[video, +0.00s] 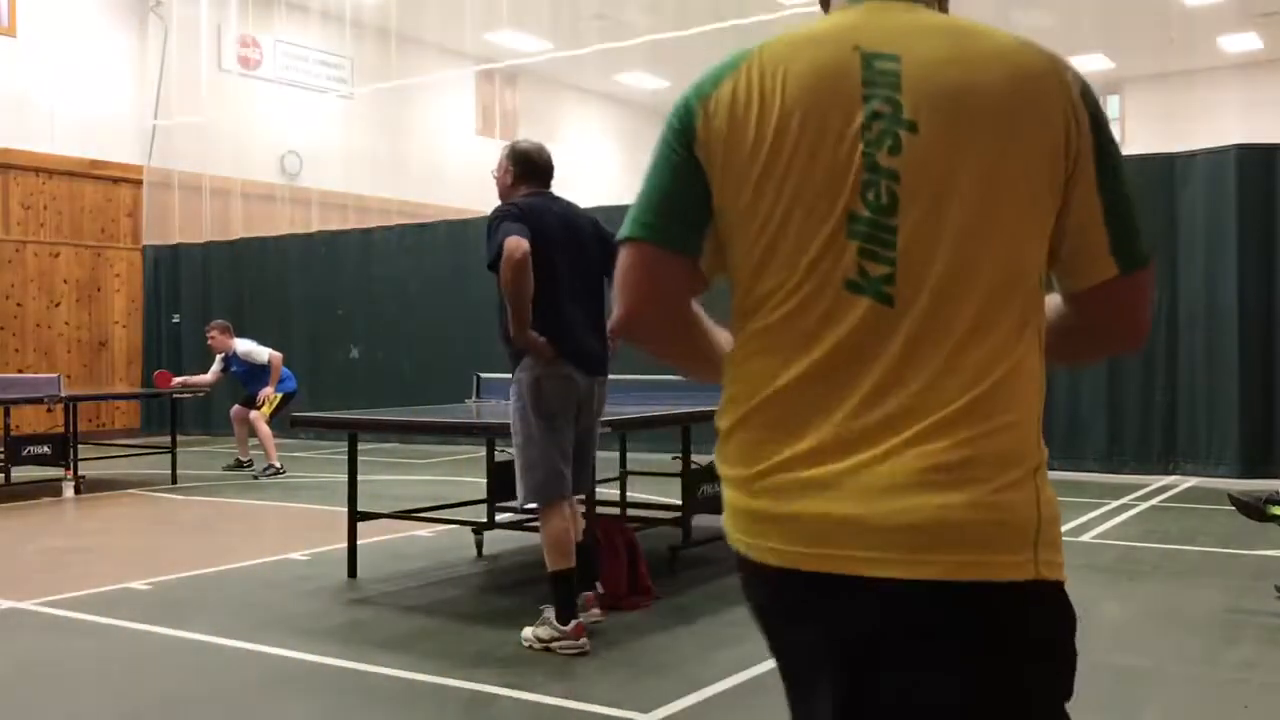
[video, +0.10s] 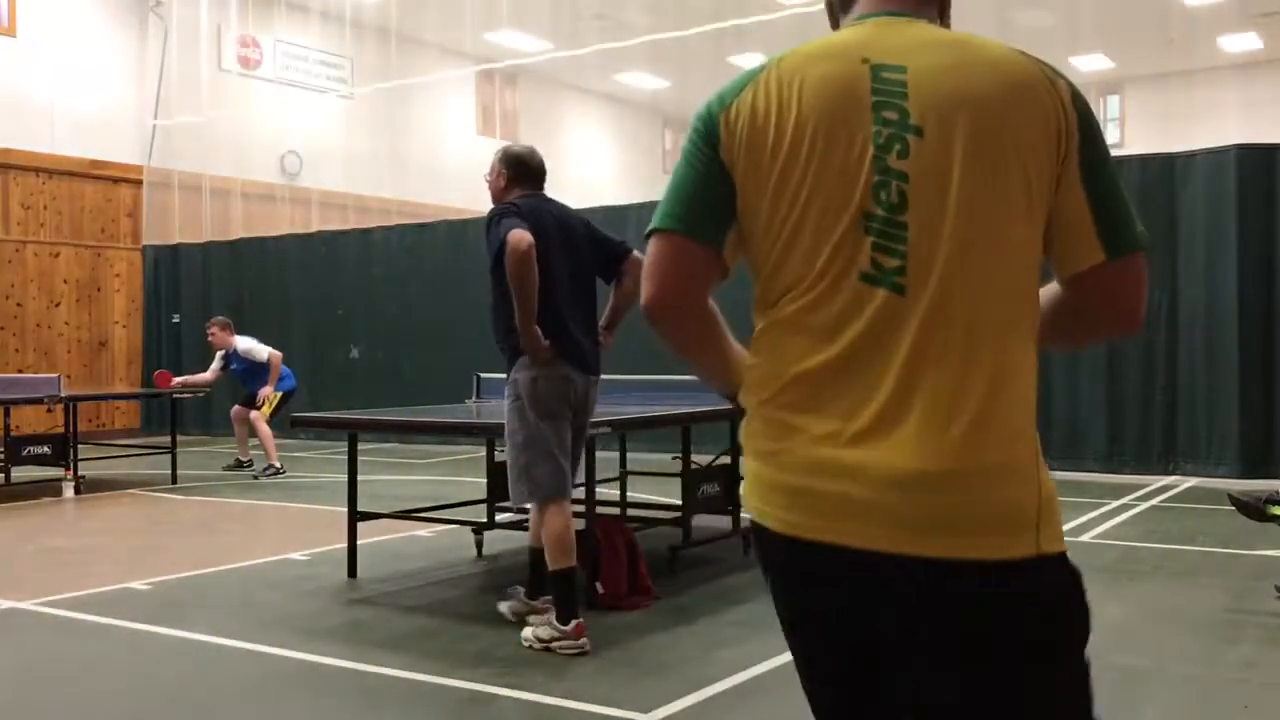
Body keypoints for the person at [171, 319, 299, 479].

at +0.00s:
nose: (209, 343)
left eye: (212, 338)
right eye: (208, 339)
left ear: (225, 336)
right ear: (222, 337)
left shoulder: (243, 348)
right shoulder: (223, 356)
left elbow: (276, 357)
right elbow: (210, 378)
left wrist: (271, 386)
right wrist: (184, 380)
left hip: (282, 386)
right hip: (261, 388)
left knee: (256, 416)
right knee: (237, 414)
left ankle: (275, 465)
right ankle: (244, 459)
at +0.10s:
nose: (209, 339)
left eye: (212, 335)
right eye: (208, 335)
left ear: (226, 332)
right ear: (222, 334)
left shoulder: (244, 346)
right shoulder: (223, 354)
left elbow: (276, 356)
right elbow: (210, 376)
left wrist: (270, 386)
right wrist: (183, 380)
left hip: (281, 385)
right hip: (260, 387)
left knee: (256, 416)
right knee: (238, 413)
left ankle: (275, 465)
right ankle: (244, 459)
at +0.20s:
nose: (209, 336)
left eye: (212, 331)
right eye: (209, 332)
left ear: (226, 328)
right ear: (222, 330)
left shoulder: (244, 342)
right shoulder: (222, 351)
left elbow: (275, 355)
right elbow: (209, 374)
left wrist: (270, 385)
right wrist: (183, 379)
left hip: (280, 384)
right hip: (259, 386)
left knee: (256, 416)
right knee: (238, 413)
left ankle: (275, 465)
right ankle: (244, 460)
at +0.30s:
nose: (209, 331)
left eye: (213, 326)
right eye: (209, 327)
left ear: (227, 325)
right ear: (221, 327)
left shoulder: (243, 339)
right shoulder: (222, 348)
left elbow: (274, 353)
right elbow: (210, 371)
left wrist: (268, 384)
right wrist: (185, 375)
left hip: (279, 382)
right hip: (261, 384)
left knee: (257, 417)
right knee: (239, 413)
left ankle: (275, 465)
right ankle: (244, 460)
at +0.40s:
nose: (209, 327)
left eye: (212, 322)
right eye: (208, 323)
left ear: (226, 321)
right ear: (222, 323)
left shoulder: (241, 335)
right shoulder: (223, 344)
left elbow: (271, 353)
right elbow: (214, 369)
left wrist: (266, 383)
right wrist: (189, 372)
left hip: (277, 380)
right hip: (260, 381)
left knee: (257, 416)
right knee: (239, 413)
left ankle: (275, 465)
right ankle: (244, 460)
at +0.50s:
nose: (208, 323)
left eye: (212, 319)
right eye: (207, 319)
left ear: (225, 318)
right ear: (221, 320)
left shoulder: (239, 333)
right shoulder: (223, 340)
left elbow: (267, 352)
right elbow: (215, 367)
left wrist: (262, 382)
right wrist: (191, 370)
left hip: (274, 379)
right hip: (259, 380)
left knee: (256, 417)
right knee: (237, 414)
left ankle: (275, 464)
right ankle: (244, 460)